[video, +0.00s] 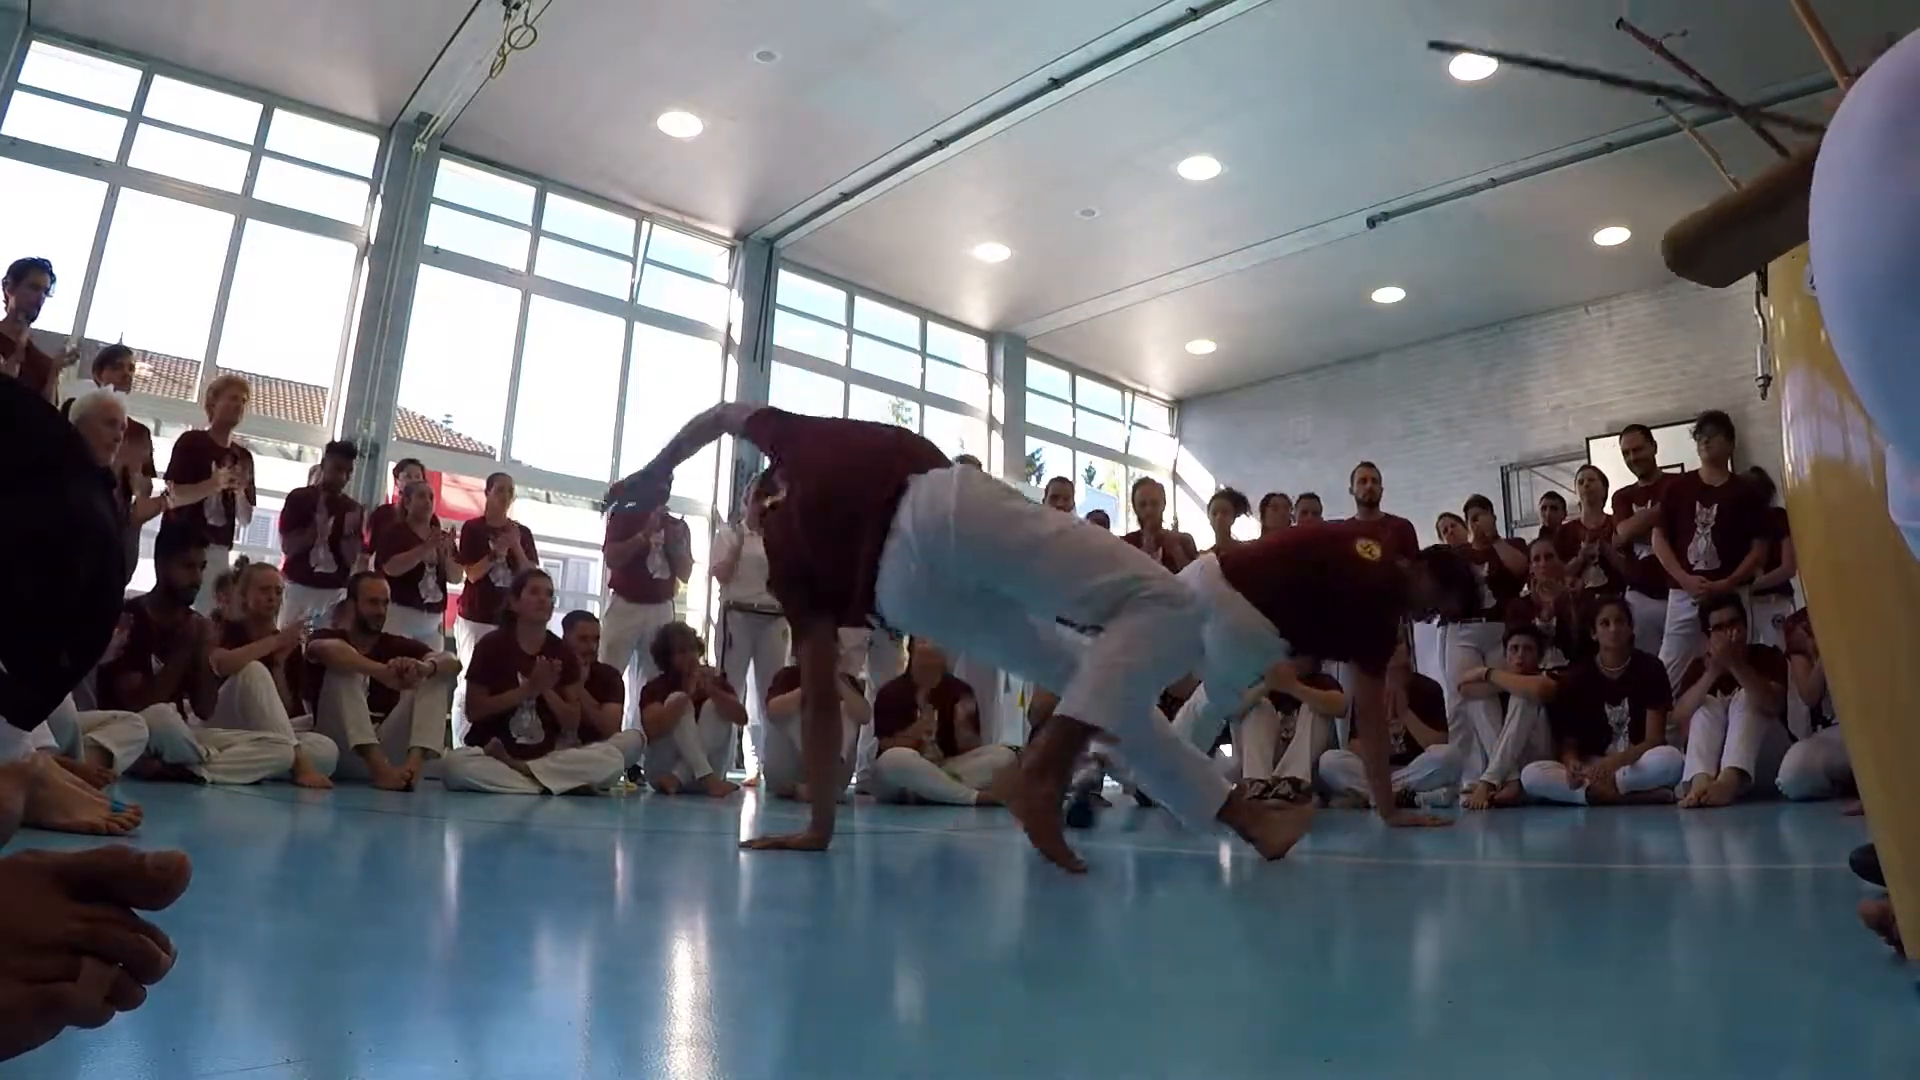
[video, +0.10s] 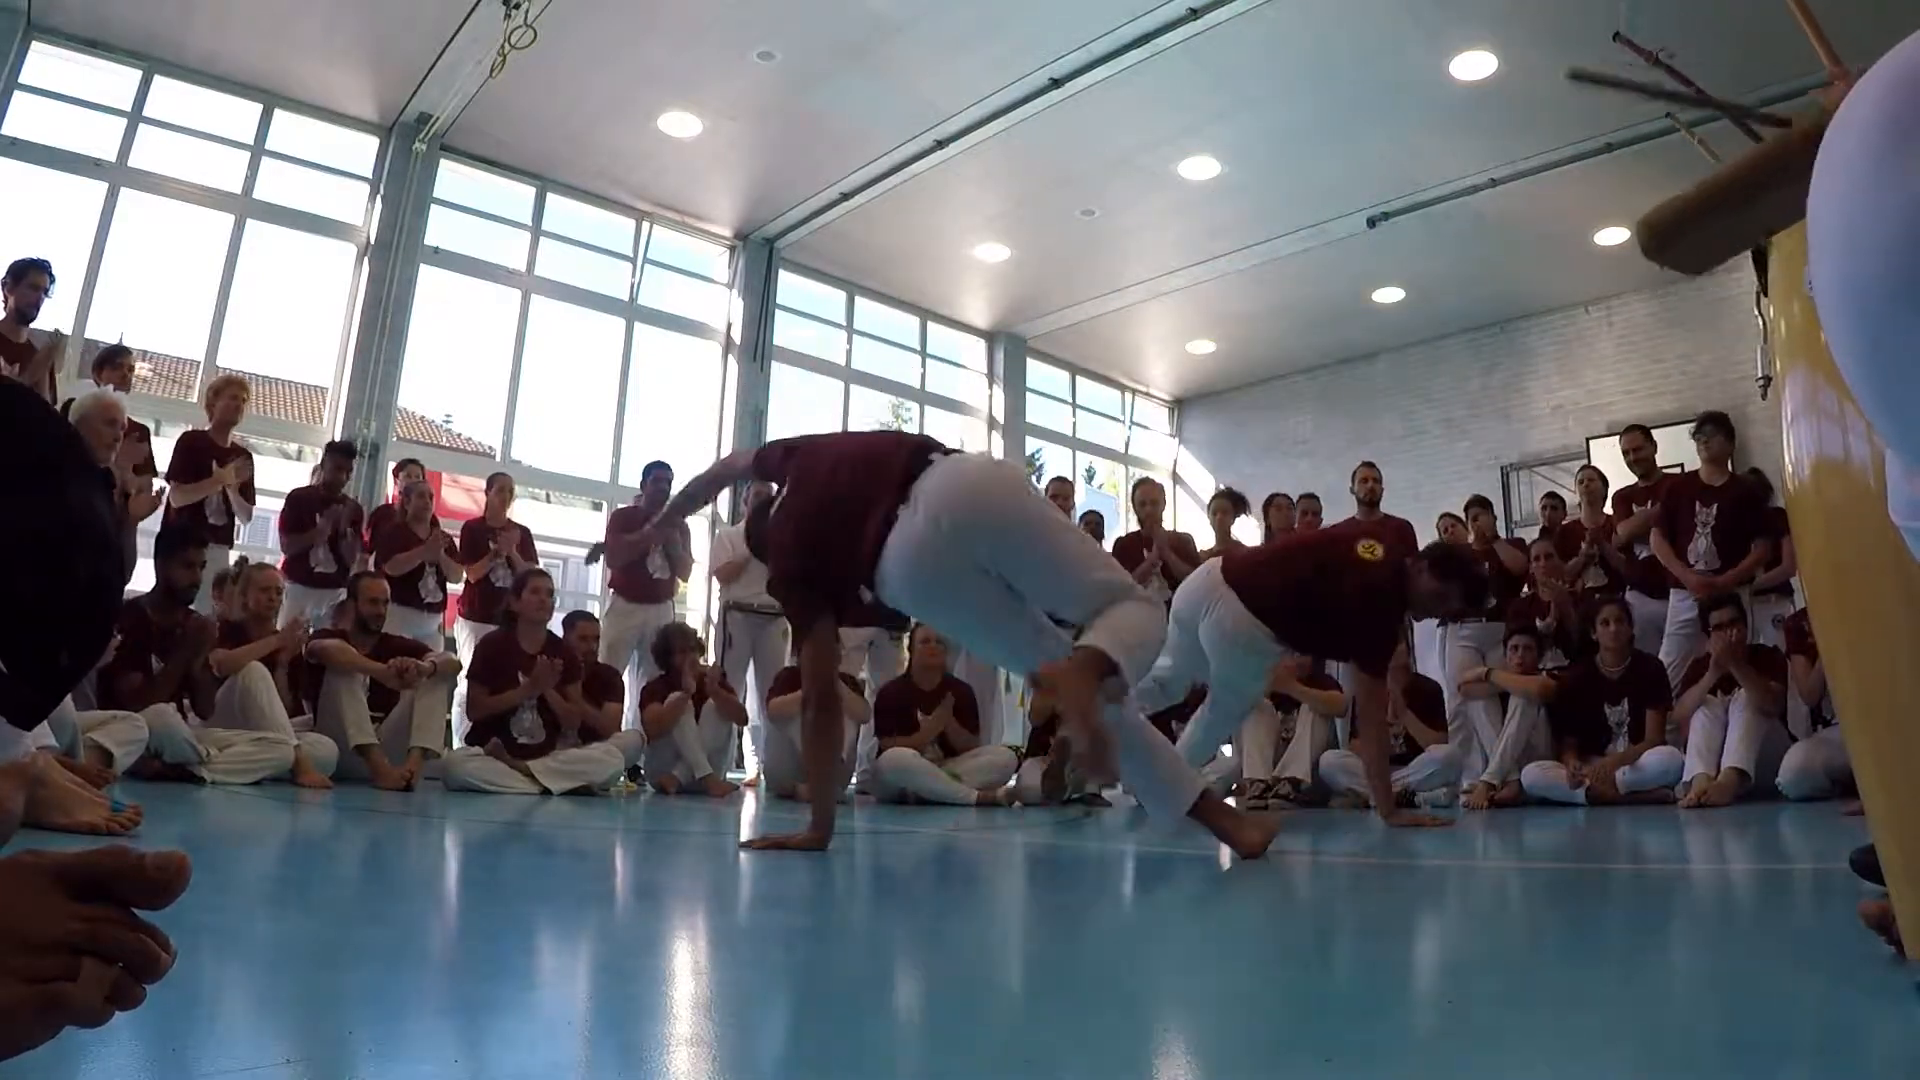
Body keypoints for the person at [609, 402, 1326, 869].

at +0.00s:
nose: (762, 502)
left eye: (760, 510)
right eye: (764, 499)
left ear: (760, 522)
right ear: (777, 482)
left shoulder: (797, 566)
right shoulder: (807, 449)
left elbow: (819, 693)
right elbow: (723, 415)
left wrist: (817, 823)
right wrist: (646, 477)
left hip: (906, 602)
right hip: (933, 507)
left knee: (1094, 687)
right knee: (1160, 604)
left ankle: (1245, 815)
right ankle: (1037, 776)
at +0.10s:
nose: (764, 570)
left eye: (758, 565)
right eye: (759, 558)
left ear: (762, 551)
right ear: (775, 497)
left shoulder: (793, 568)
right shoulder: (805, 460)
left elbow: (821, 695)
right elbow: (729, 465)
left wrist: (817, 827)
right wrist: (660, 518)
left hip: (909, 568)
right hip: (952, 482)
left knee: (1081, 689)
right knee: (1130, 603)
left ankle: (1230, 824)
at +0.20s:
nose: (782, 613)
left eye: (771, 600)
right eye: (771, 604)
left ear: (773, 576)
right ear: (778, 536)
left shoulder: (800, 565)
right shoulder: (824, 485)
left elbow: (826, 698)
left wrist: (819, 829)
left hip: (940, 536)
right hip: (998, 469)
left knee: (1069, 700)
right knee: (1085, 635)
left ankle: (1224, 822)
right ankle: (1147, 624)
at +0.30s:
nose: (807, 633)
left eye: (794, 622)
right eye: (799, 623)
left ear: (789, 596)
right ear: (803, 563)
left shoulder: (814, 563)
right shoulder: (852, 521)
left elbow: (831, 698)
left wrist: (818, 829)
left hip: (975, 511)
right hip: (1032, 466)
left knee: (1060, 699)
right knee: (1069, 627)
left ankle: (1220, 808)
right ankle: (1206, 667)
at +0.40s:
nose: (835, 658)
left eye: (825, 650)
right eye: (827, 655)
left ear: (823, 612)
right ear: (841, 599)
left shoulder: (843, 561)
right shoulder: (894, 571)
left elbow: (843, 705)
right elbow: (895, 686)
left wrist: (819, 830)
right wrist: (891, 786)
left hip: (1012, 499)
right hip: (1059, 457)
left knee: (1074, 693)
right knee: (1079, 632)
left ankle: (1237, 798)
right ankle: (1231, 723)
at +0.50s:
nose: (852, 685)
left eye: (845, 676)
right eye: (844, 681)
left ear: (846, 638)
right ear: (865, 626)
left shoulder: (873, 589)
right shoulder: (923, 608)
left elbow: (860, 716)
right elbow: (938, 713)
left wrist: (819, 832)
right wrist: (936, 816)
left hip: (1060, 473)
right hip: (1090, 465)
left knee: (1090, 684)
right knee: (1106, 646)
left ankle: (1253, 783)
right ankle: (1229, 730)